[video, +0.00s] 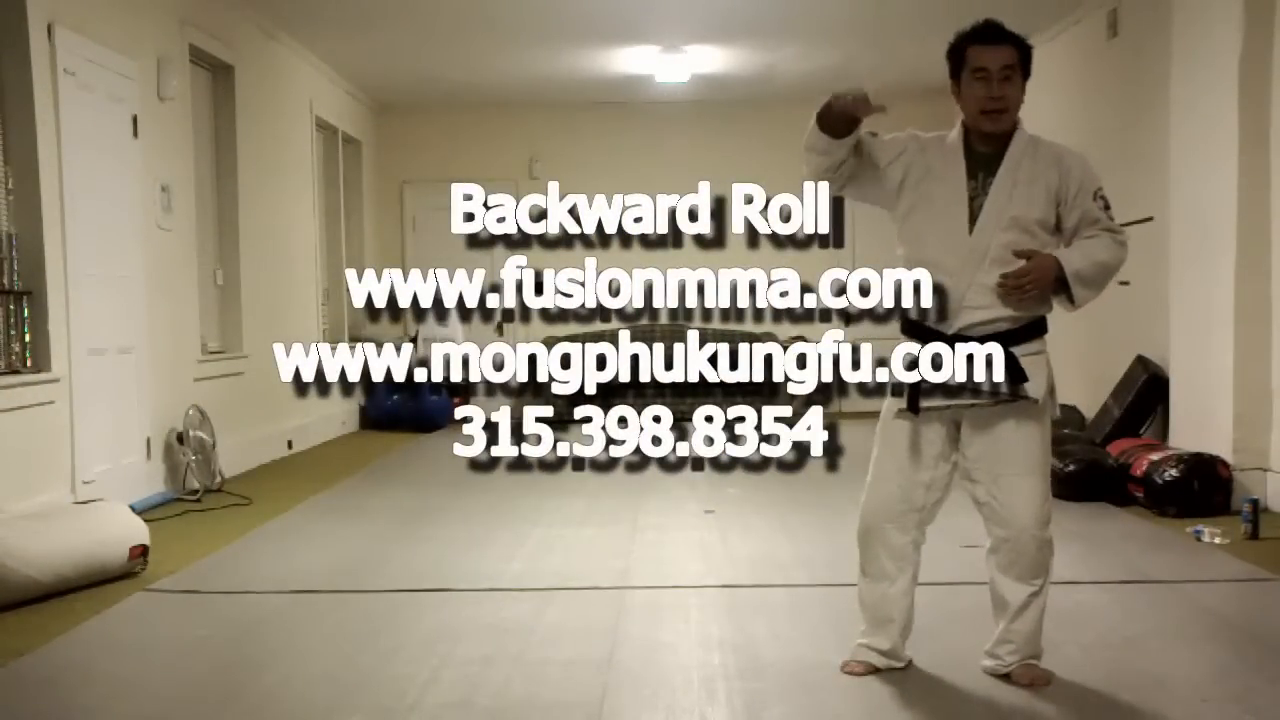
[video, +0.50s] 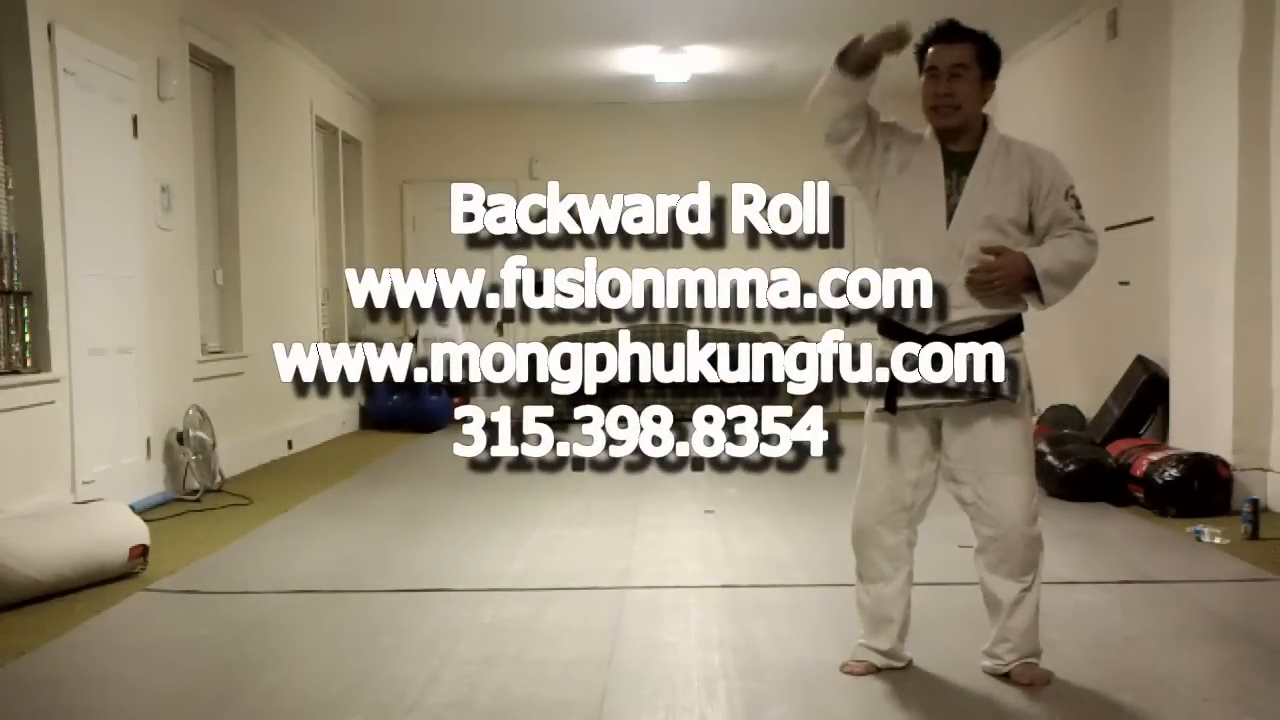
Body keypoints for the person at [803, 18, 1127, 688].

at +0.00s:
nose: (995, 89)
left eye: (1008, 76)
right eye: (980, 77)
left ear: (1026, 85)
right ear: (955, 86)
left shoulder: (1060, 167)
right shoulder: (913, 158)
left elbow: (1108, 244)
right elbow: (830, 166)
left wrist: (1063, 268)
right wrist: (835, 123)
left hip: (1013, 366)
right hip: (922, 364)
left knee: (1024, 524)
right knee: (887, 515)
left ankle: (1014, 654)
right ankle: (879, 642)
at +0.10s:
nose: (985, 89)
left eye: (999, 76)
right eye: (970, 76)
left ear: (1018, 87)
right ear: (948, 86)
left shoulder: (1054, 168)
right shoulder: (906, 157)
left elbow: (1100, 243)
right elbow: (822, 169)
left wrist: (1056, 267)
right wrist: (830, 137)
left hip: (1008, 364)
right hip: (916, 363)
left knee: (1021, 524)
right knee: (883, 516)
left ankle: (1014, 653)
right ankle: (880, 642)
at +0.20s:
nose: (970, 88)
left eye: (986, 76)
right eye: (957, 76)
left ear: (1008, 88)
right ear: (939, 86)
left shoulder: (1047, 168)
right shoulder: (902, 156)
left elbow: (1094, 243)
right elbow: (824, 160)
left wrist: (1049, 267)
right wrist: (830, 135)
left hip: (1002, 365)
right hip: (909, 364)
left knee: (1018, 523)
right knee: (881, 515)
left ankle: (1014, 653)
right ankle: (878, 643)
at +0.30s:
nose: (957, 86)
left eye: (974, 74)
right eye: (946, 74)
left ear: (1000, 86)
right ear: (932, 84)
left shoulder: (1040, 168)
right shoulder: (894, 156)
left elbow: (1086, 243)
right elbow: (814, 161)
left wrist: (1041, 268)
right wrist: (832, 125)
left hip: (995, 364)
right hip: (904, 364)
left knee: (1015, 522)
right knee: (882, 516)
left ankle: (1014, 652)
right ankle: (879, 643)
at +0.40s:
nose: (948, 86)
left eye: (964, 73)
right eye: (938, 74)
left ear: (992, 86)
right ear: (925, 85)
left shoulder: (1034, 167)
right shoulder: (890, 156)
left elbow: (1082, 243)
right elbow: (828, 149)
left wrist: (1034, 267)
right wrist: (838, 100)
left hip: (991, 363)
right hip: (899, 364)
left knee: (1012, 521)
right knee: (881, 517)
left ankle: (1014, 651)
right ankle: (879, 643)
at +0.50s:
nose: (940, 85)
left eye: (957, 73)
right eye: (931, 73)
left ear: (988, 85)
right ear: (919, 86)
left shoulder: (1031, 167)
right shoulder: (887, 154)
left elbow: (1079, 243)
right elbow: (836, 121)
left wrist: (1032, 267)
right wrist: (858, 60)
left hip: (989, 362)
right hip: (896, 363)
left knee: (1011, 521)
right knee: (881, 516)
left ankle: (1014, 651)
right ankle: (879, 643)